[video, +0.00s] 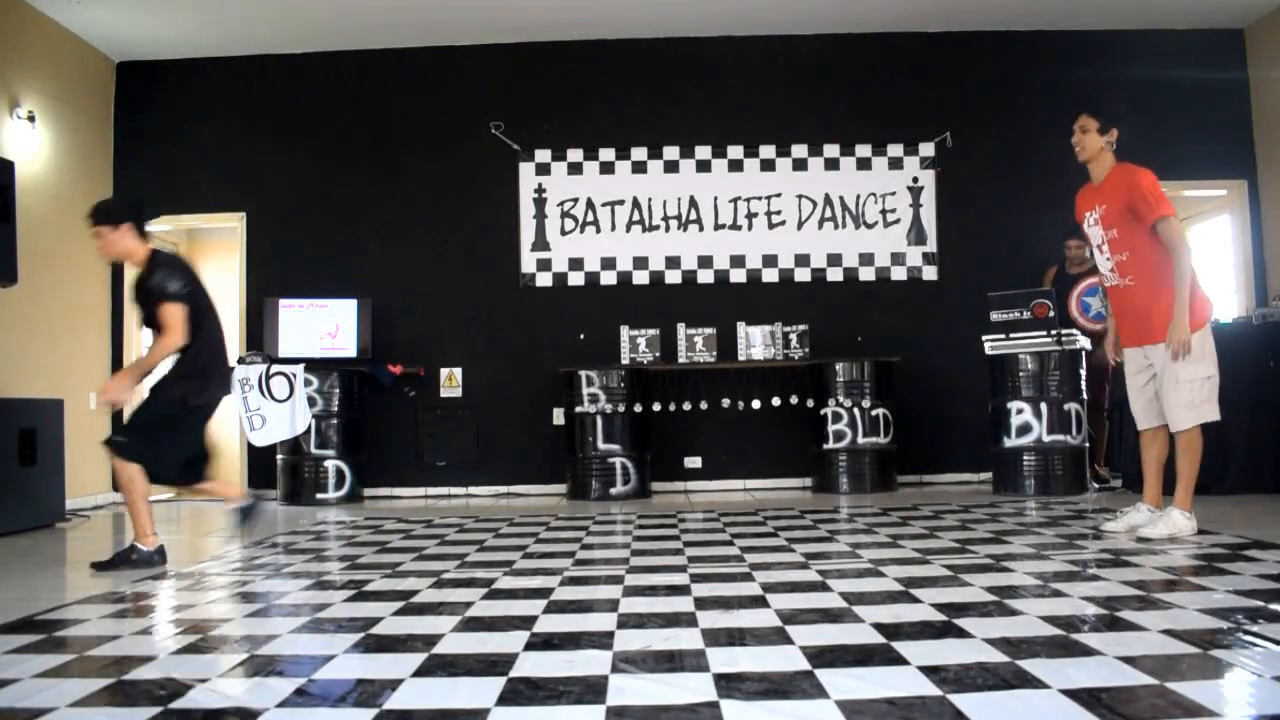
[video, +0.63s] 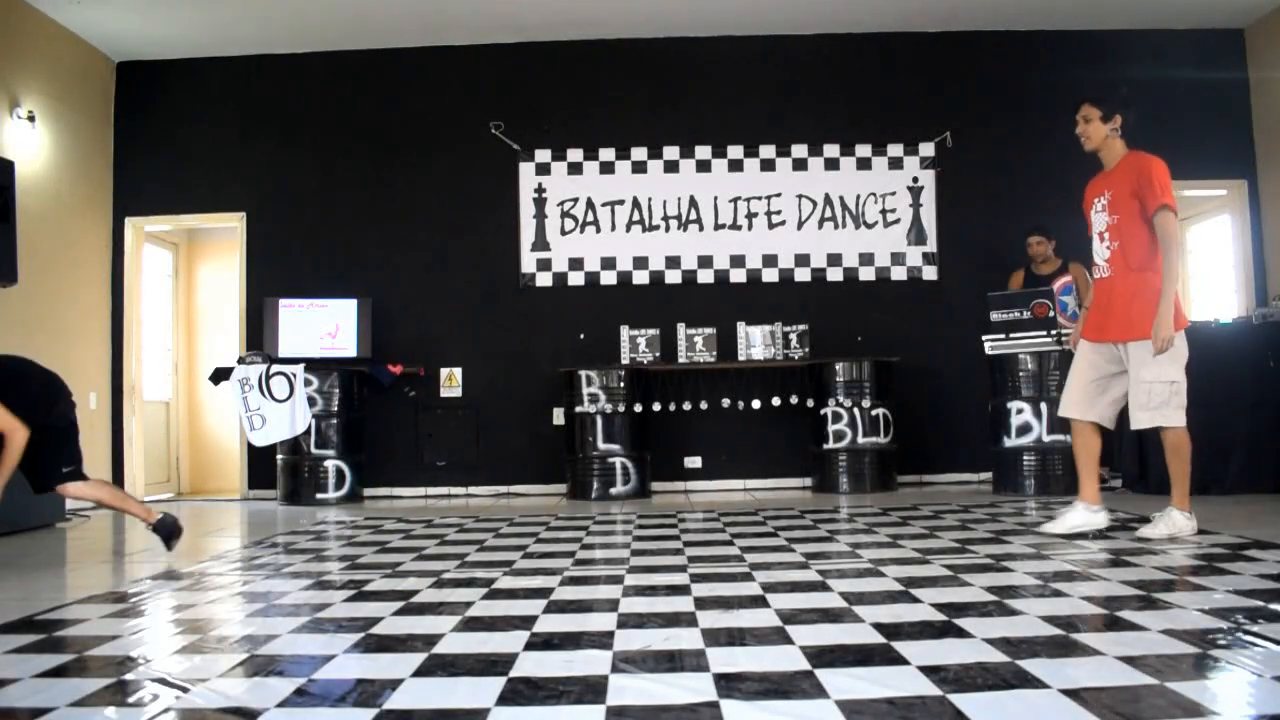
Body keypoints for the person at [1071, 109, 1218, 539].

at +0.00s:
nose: (1076, 140)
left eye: (1084, 131)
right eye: (1074, 134)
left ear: (1110, 137)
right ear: (1076, 145)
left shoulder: (1136, 180)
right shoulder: (1083, 200)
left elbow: (1179, 246)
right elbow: (1108, 269)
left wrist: (1180, 317)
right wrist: (1113, 327)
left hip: (1176, 322)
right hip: (1132, 331)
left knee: (1185, 416)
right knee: (1149, 420)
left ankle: (1182, 512)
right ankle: (1151, 506)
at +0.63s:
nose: (1079, 129)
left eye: (1087, 120)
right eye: (1078, 123)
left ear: (1114, 124)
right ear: (1087, 132)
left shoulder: (1145, 167)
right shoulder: (1093, 188)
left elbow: (1171, 237)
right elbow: (1104, 261)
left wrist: (1166, 309)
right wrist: (1088, 318)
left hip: (1153, 315)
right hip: (1104, 318)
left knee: (1168, 414)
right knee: (1080, 408)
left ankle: (1181, 512)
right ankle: (1089, 505)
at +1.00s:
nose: (1103, 121)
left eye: (1111, 111)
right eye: (1102, 115)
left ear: (1138, 113)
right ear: (1114, 125)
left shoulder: (1172, 157)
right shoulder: (1120, 182)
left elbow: (1220, 221)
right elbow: (1145, 247)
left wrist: (1210, 292)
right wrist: (1109, 251)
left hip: (1172, 316)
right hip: (1124, 320)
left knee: (1207, 413)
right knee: (1128, 421)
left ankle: (1246, 507)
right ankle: (1131, 518)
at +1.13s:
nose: (1163, 112)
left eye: (1172, 102)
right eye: (1163, 104)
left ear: (1201, 106)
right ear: (1181, 112)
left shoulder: (1234, 151)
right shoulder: (1183, 173)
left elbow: (1275, 206)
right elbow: (1196, 238)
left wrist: (1277, 286)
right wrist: (1163, 268)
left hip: (1232, 312)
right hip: (1182, 318)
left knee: (1266, 416)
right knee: (1195, 423)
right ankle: (1205, 519)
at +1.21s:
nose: (1198, 108)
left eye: (1207, 98)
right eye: (1197, 100)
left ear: (1236, 102)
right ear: (1206, 110)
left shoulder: (1265, 149)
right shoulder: (1216, 169)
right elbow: (1224, 236)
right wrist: (1200, 270)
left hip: (1261, 312)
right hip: (1217, 316)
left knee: (1272, 421)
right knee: (1229, 421)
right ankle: (1244, 520)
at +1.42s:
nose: (1272, 97)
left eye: (1275, 87)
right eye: (1271, 88)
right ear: (1268, 95)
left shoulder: (1273, 170)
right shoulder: (1272, 169)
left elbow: (1274, 237)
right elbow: (1274, 235)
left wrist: (1267, 296)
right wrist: (1266, 295)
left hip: (1279, 307)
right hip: (1278, 308)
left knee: (1279, 404)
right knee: (1277, 404)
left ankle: (1276, 476)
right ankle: (1275, 476)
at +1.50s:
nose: (1274, 93)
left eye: (1278, 85)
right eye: (1275, 85)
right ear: (1274, 90)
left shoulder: (1276, 168)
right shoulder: (1276, 168)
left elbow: (1276, 239)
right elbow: (1277, 238)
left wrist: (1252, 299)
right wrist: (1252, 299)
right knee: (1279, 414)